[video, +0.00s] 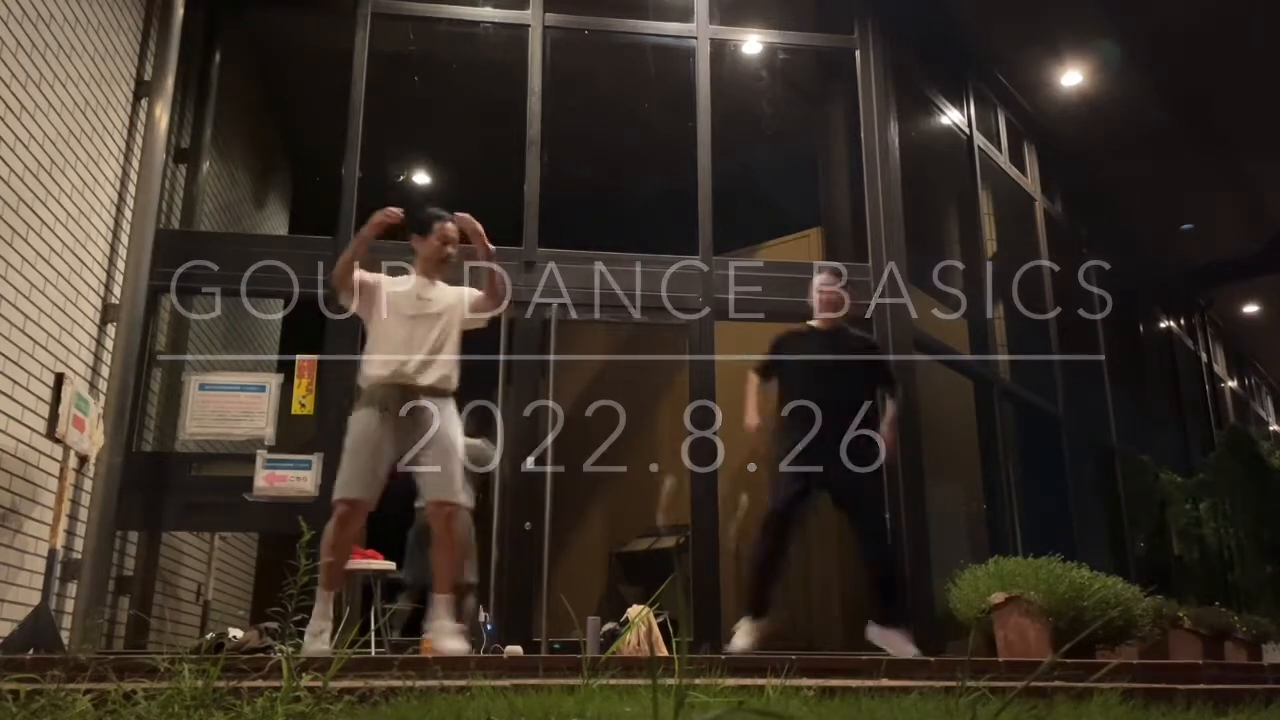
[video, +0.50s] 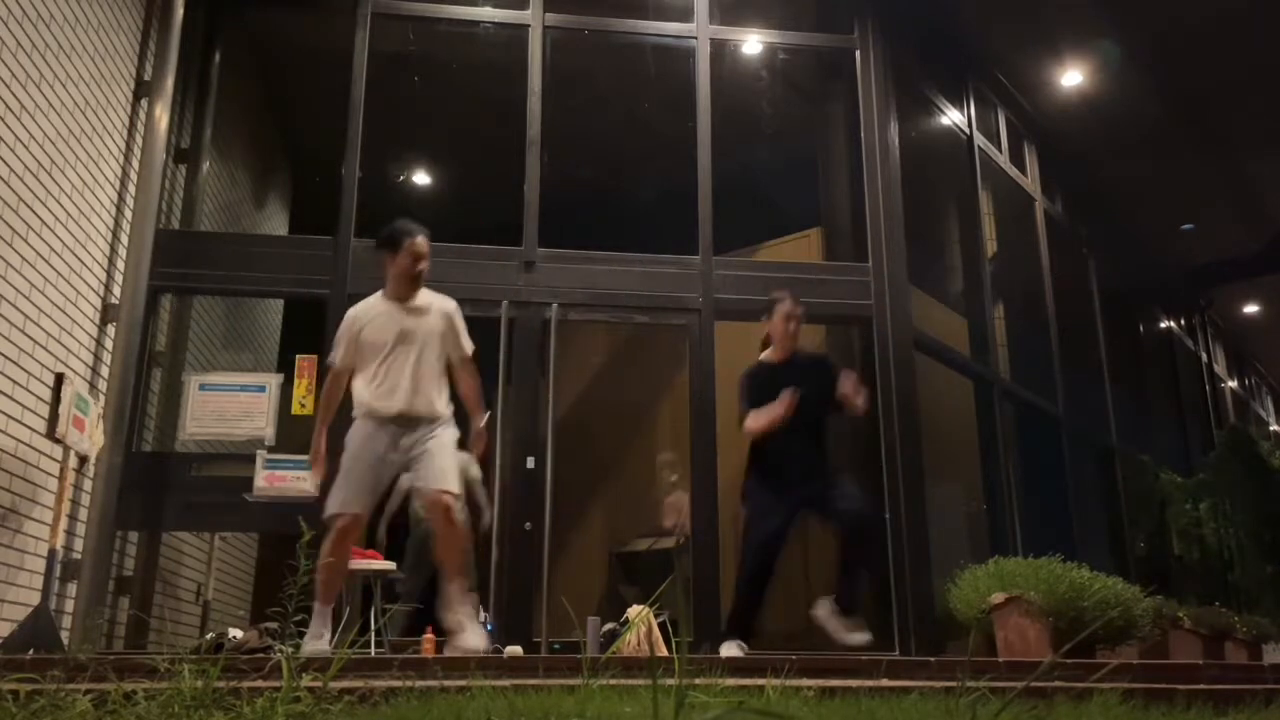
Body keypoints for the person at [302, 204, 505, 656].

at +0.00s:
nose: (450, 249)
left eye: (454, 243)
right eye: (441, 240)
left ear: (456, 249)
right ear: (417, 242)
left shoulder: (458, 297)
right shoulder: (382, 286)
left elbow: (498, 298)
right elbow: (340, 280)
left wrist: (484, 250)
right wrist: (367, 233)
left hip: (436, 406)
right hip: (378, 404)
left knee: (446, 511)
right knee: (347, 510)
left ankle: (442, 623)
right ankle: (321, 620)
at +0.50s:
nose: (422, 267)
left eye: (426, 259)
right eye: (414, 259)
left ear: (430, 262)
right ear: (389, 259)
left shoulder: (444, 311)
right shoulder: (360, 316)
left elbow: (463, 367)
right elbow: (336, 379)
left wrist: (479, 418)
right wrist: (319, 439)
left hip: (433, 429)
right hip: (373, 429)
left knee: (445, 506)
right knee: (345, 522)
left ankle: (459, 613)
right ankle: (320, 626)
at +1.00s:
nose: (486, 288)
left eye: (489, 281)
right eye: (477, 280)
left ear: (491, 291)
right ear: (451, 286)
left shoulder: (496, 345)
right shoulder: (417, 335)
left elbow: (514, 403)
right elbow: (376, 391)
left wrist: (532, 430)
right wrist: (392, 429)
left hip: (478, 455)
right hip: (420, 452)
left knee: (491, 535)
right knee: (419, 517)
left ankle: (493, 632)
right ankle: (432, 619)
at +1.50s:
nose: (430, 274)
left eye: (434, 269)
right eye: (422, 267)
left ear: (438, 277)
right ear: (398, 272)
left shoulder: (448, 325)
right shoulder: (371, 319)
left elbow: (466, 368)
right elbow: (334, 355)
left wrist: (463, 403)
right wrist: (337, 393)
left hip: (417, 441)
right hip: (364, 432)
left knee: (394, 534)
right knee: (338, 530)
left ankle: (347, 627)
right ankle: (303, 624)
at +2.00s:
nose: (505, 260)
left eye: (510, 254)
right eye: (495, 253)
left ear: (516, 266)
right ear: (475, 265)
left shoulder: (532, 313)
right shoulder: (452, 313)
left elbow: (563, 355)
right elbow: (435, 366)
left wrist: (587, 390)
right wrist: (416, 416)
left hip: (514, 425)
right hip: (462, 426)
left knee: (495, 526)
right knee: (446, 523)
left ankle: (516, 632)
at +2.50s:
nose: (529, 256)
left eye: (535, 247)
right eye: (522, 250)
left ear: (550, 252)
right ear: (512, 260)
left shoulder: (570, 285)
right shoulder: (514, 308)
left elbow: (585, 327)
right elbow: (488, 362)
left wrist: (541, 294)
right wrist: (463, 336)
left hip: (582, 406)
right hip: (543, 416)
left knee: (576, 507)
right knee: (511, 506)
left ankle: (633, 601)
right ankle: (565, 599)